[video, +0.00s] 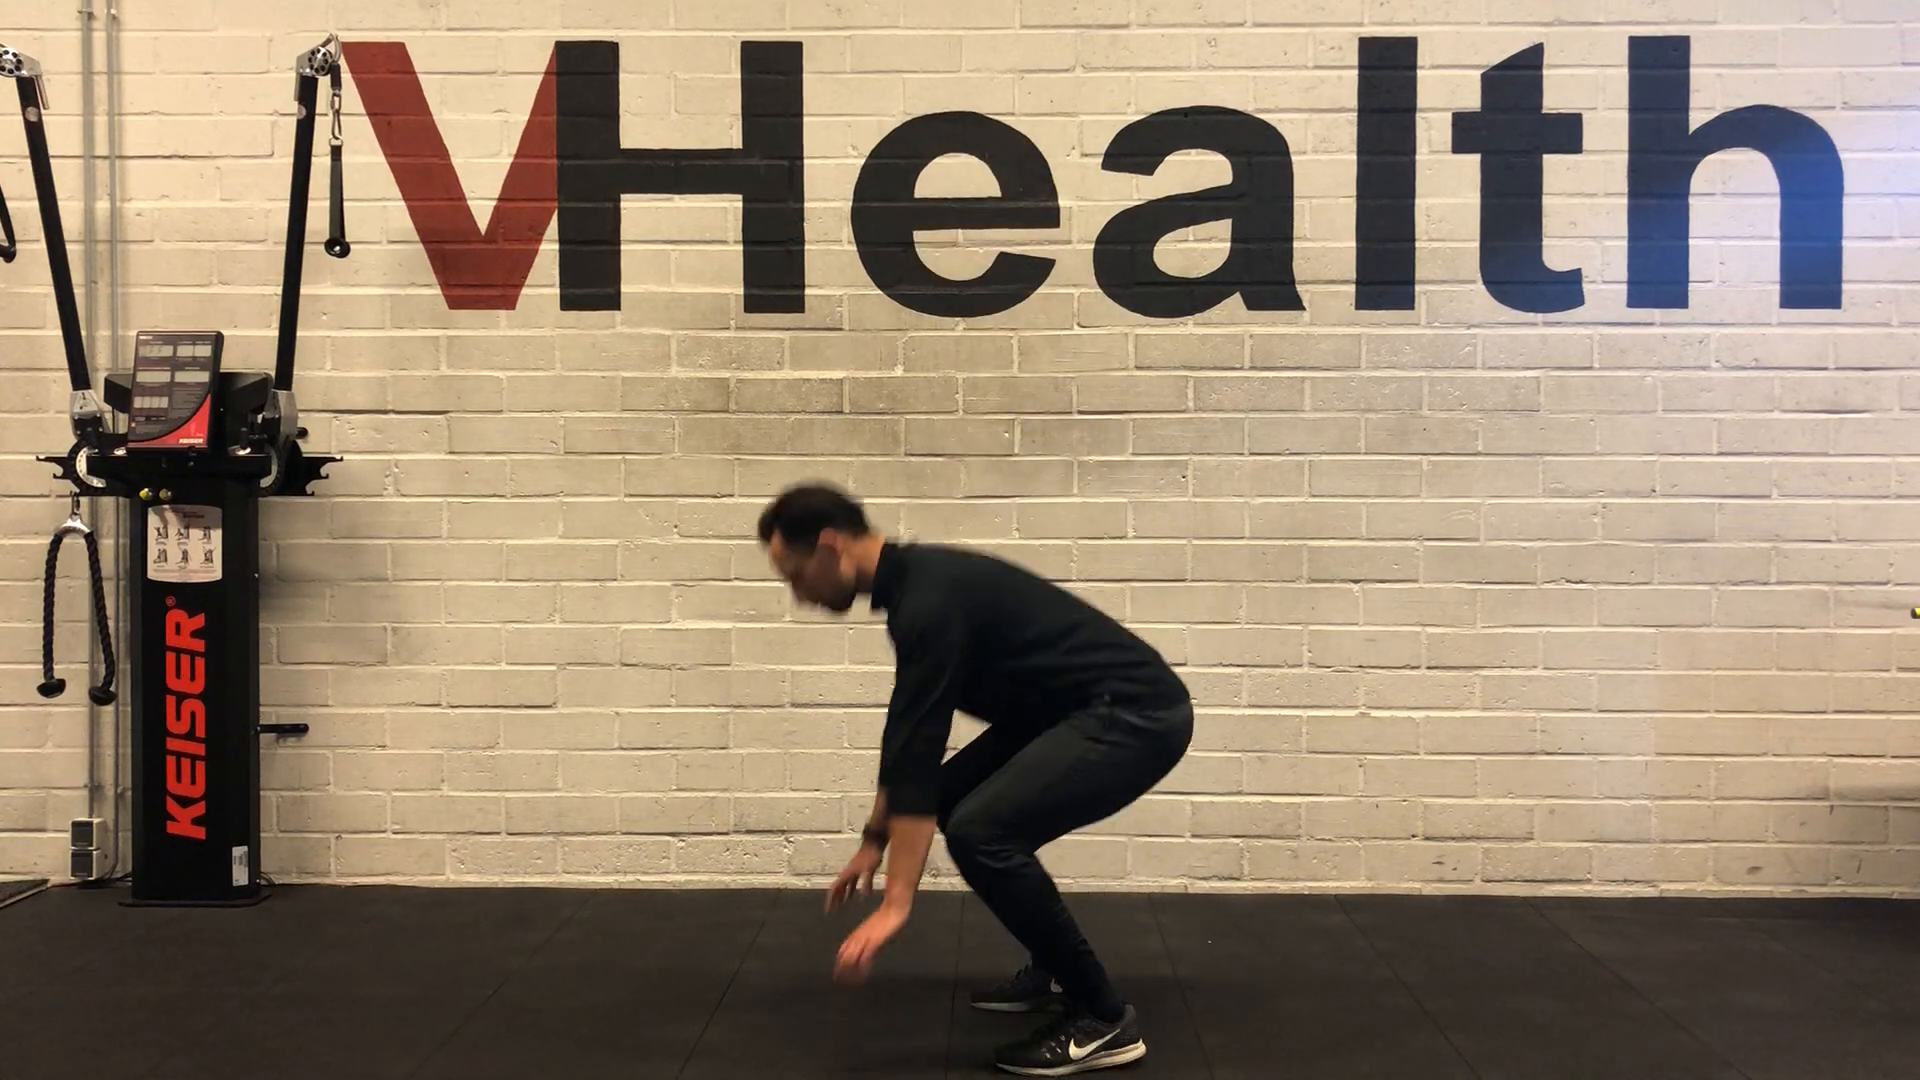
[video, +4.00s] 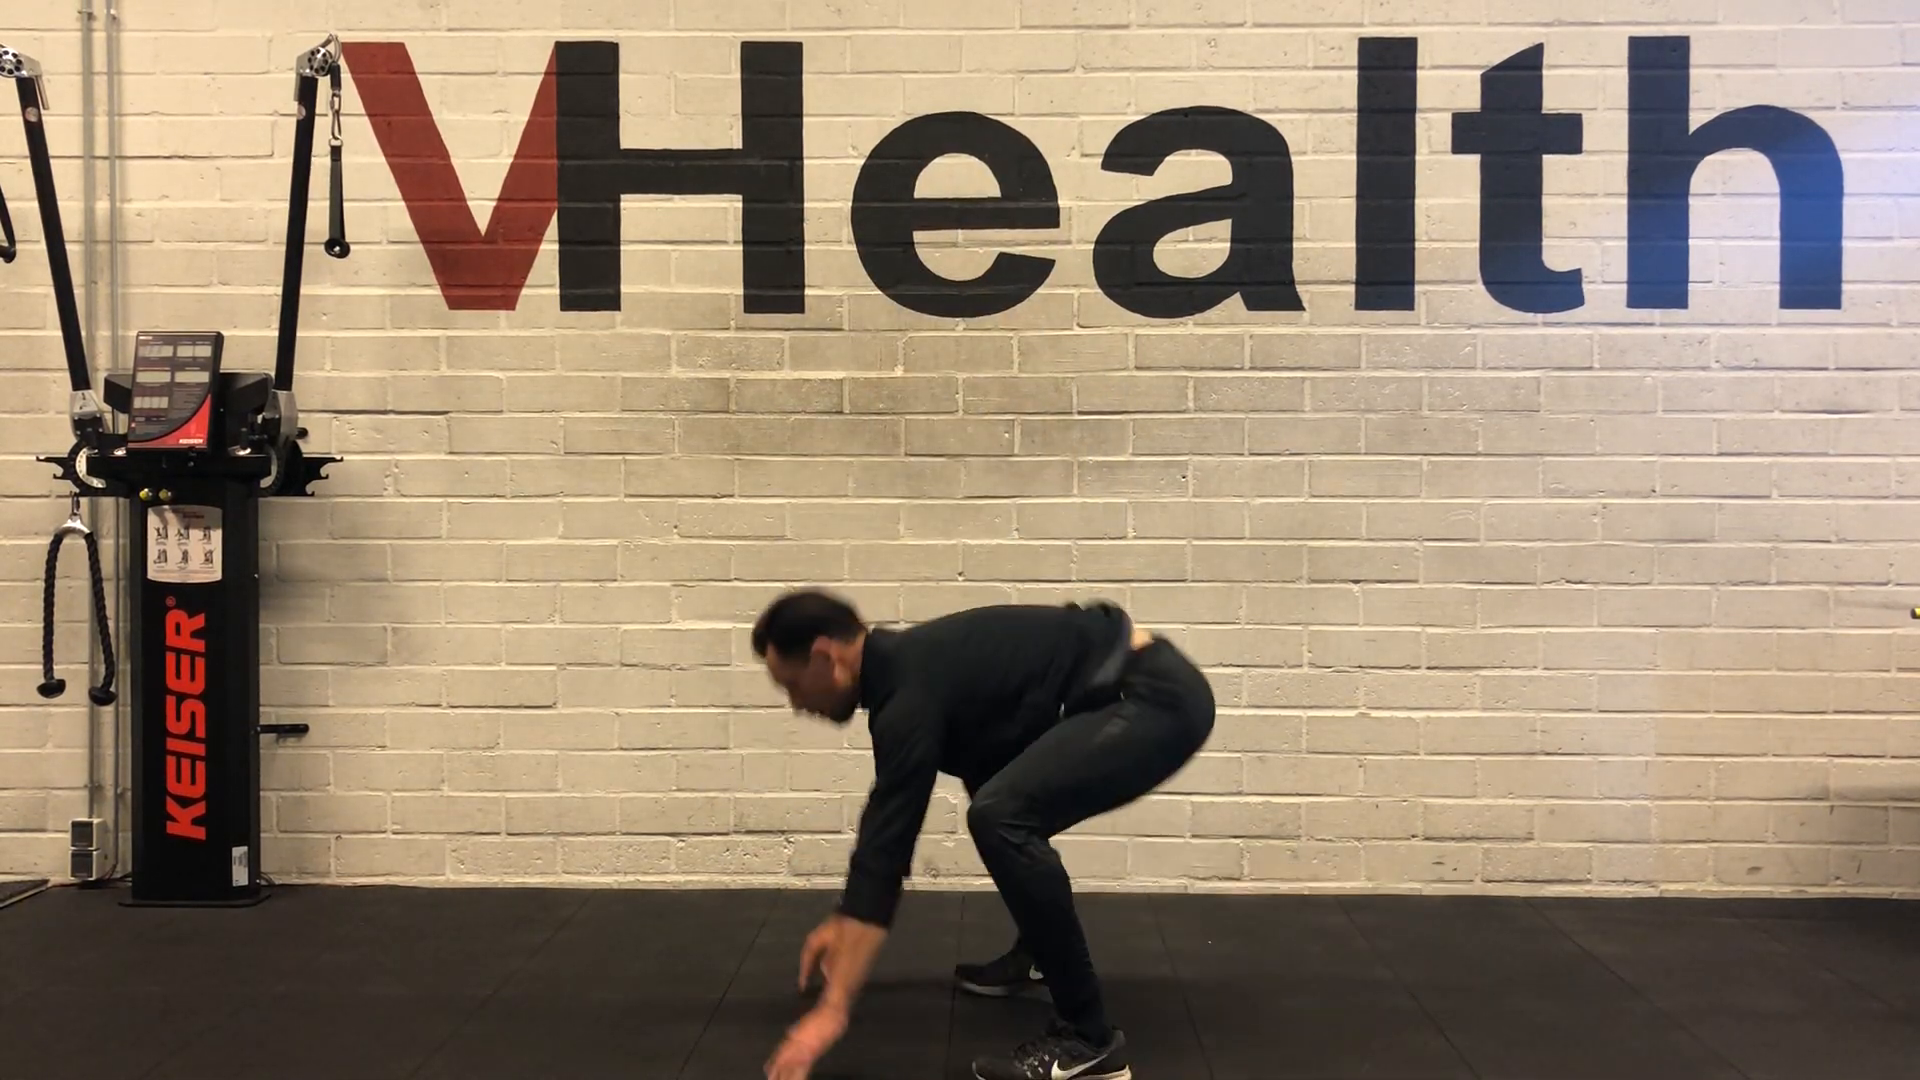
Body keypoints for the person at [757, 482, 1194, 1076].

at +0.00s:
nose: (796, 595)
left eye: (794, 575)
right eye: (788, 581)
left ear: (832, 544)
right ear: (837, 542)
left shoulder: (928, 600)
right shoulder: (911, 585)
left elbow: (915, 758)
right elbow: (908, 733)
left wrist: (897, 903)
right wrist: (872, 840)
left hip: (1133, 714)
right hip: (1078, 706)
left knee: (980, 833)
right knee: (949, 800)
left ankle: (1105, 1017)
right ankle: (1052, 964)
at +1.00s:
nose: (724, 790)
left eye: (722, 773)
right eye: (716, 776)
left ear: (758, 742)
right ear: (763, 731)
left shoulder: (849, 752)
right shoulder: (837, 732)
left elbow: (880, 896)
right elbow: (873, 866)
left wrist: (864, 1057)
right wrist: (866, 966)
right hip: (1083, 697)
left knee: (1165, 904)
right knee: (1171, 864)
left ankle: (1409, 948)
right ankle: (1364, 891)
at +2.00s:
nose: (944, 232)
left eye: (955, 216)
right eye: (943, 217)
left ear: (1012, 218)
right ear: (1009, 223)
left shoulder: (1052, 323)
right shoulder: (1016, 316)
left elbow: (1077, 477)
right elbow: (1032, 468)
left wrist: (1083, 616)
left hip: (1023, 602)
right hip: (997, 596)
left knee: (1047, 807)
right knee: (1032, 794)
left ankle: (1084, 1036)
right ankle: (1055, 958)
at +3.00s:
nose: (782, 773)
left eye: (774, 755)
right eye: (769, 760)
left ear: (807, 720)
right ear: (814, 709)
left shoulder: (894, 732)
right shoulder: (878, 701)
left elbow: (893, 891)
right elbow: (889, 862)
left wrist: (858, 1049)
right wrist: (869, 969)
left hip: (1116, 634)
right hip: (1093, 626)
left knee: (1014, 818)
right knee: (1009, 801)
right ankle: (1105, 942)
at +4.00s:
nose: (793, 703)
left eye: (790, 685)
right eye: (784, 689)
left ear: (828, 655)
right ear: (832, 651)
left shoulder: (909, 697)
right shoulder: (898, 671)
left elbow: (884, 855)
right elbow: (885, 826)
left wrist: (832, 1010)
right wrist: (845, 919)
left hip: (1159, 699)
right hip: (1131, 680)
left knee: (1003, 817)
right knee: (992, 795)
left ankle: (1088, 1035)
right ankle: (1039, 949)